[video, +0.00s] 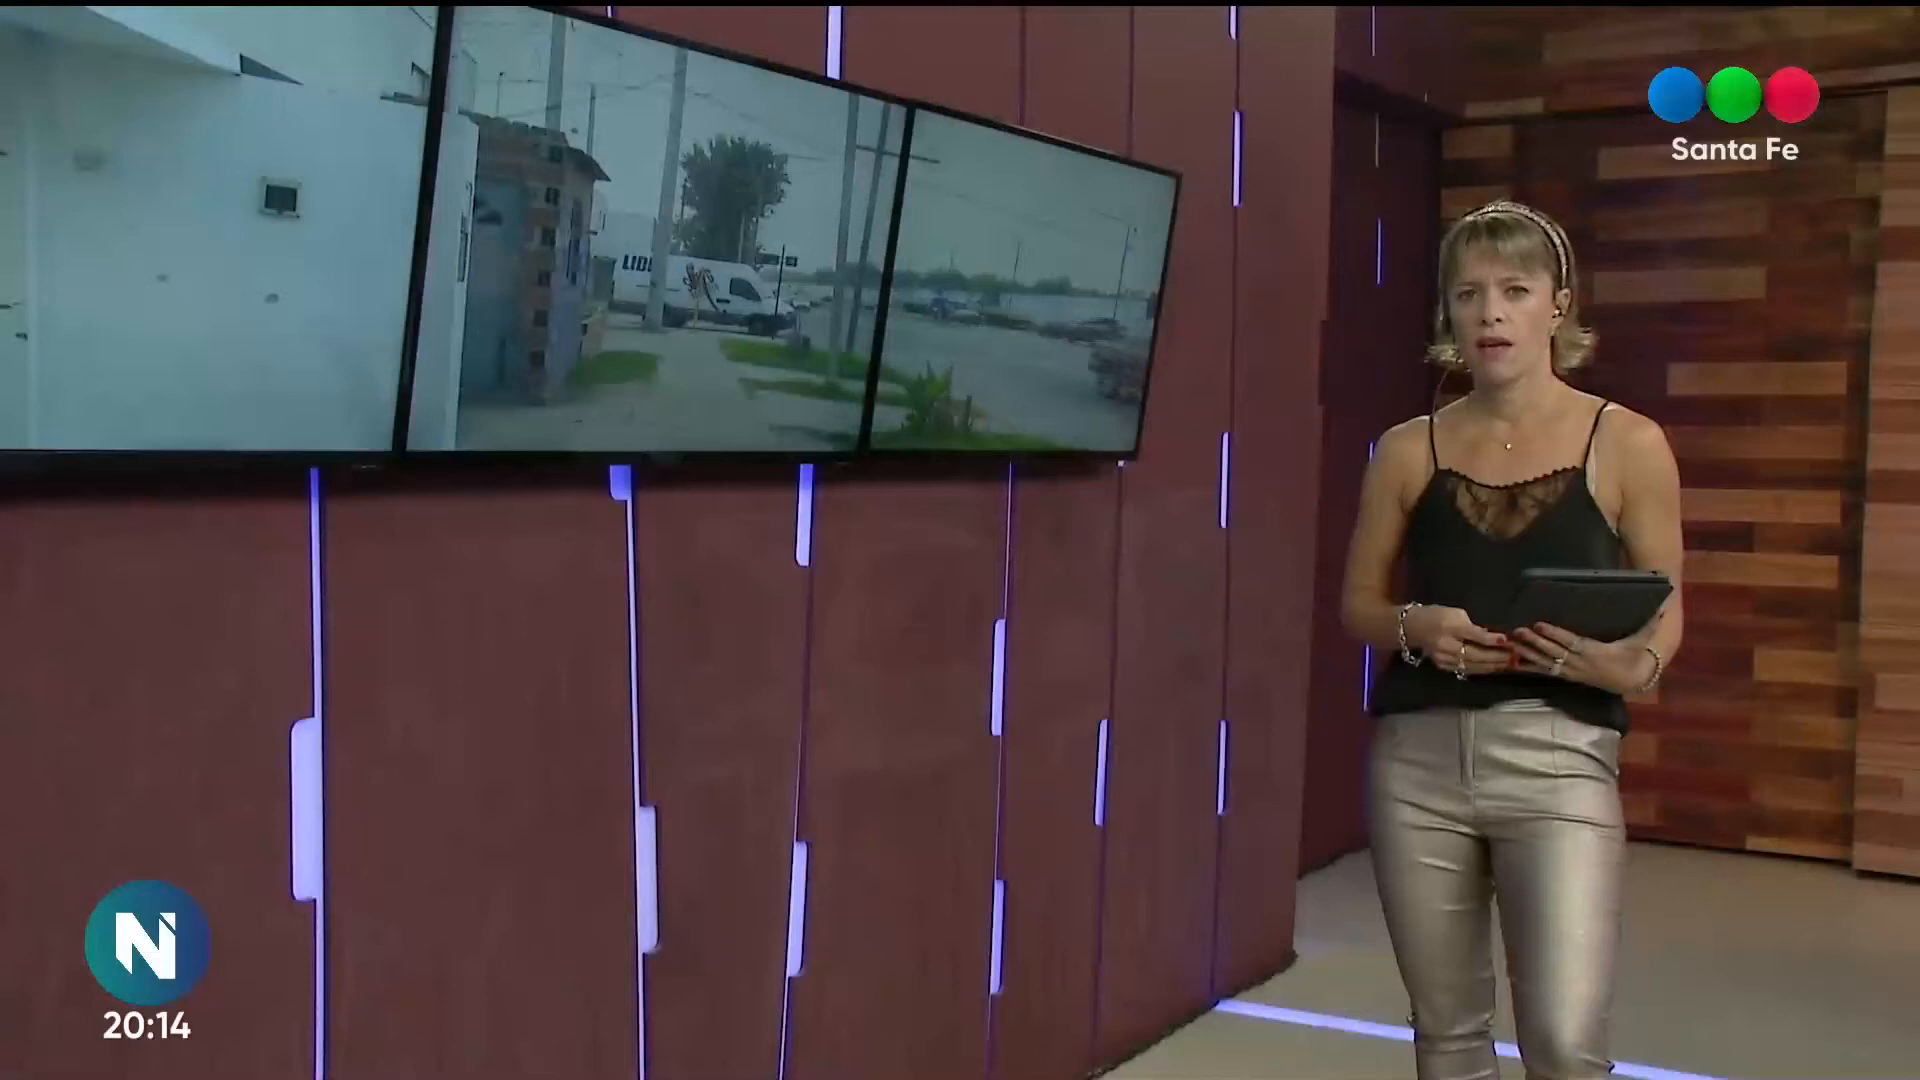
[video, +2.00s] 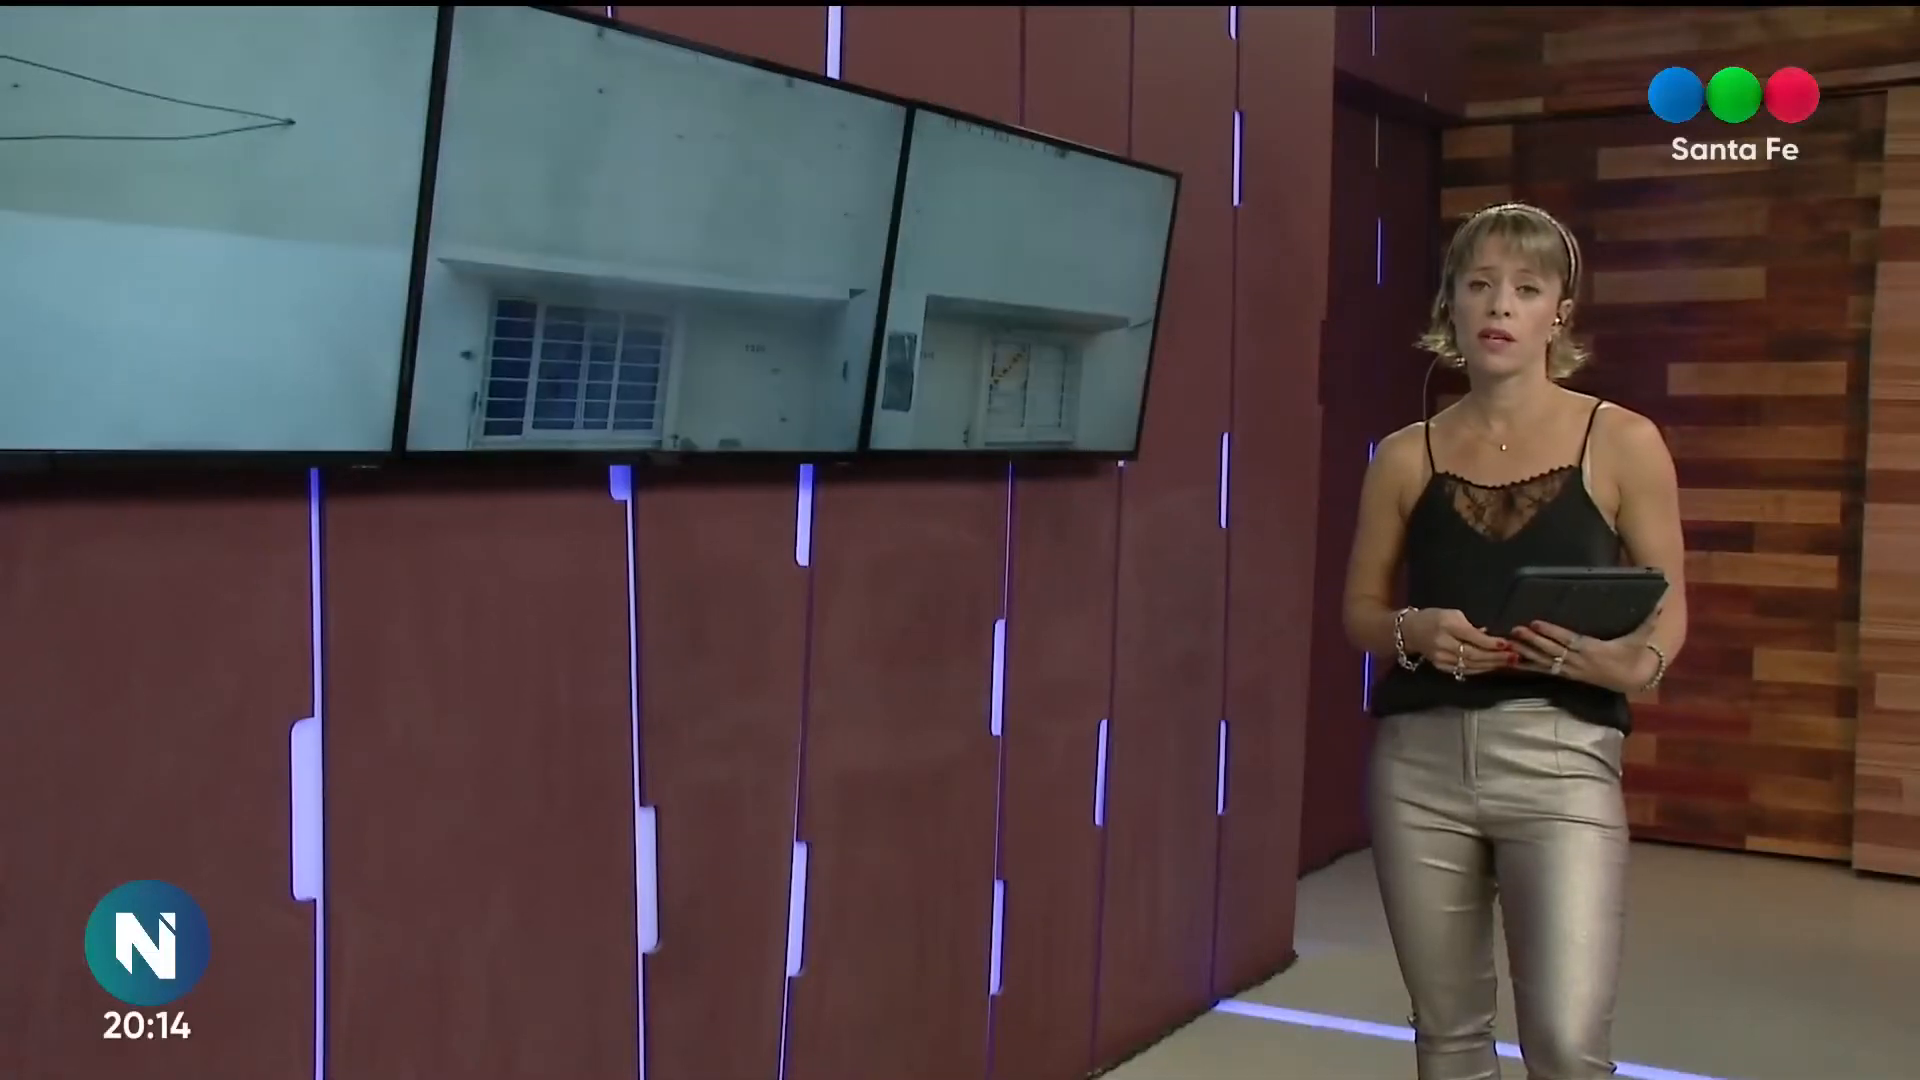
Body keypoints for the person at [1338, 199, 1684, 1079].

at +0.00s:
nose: (1489, 312)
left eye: (1513, 290)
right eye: (1470, 292)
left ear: (1558, 307)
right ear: (1448, 312)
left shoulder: (1628, 445)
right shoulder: (1407, 452)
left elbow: (1663, 611)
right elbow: (1358, 605)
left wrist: (1624, 668)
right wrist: (1411, 626)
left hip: (1557, 766)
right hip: (1416, 768)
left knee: (1563, 1048)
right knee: (1446, 1039)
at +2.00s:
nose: (1497, 304)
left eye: (1523, 288)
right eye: (1478, 284)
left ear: (1559, 313)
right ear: (1450, 305)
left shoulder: (1623, 444)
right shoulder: (1404, 459)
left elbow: (1666, 603)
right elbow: (1360, 612)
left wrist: (1629, 665)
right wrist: (1410, 631)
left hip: (1559, 766)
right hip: (1418, 768)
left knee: (1565, 1049)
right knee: (1447, 1042)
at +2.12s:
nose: (1497, 304)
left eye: (1524, 288)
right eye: (1479, 284)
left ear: (1559, 313)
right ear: (1451, 306)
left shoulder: (1623, 443)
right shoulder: (1405, 459)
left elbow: (1666, 603)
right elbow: (1360, 612)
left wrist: (1630, 665)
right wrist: (1410, 631)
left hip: (1559, 766)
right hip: (1418, 768)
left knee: (1565, 1049)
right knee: (1447, 1042)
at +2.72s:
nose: (1497, 304)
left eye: (1523, 288)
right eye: (1479, 284)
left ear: (1558, 314)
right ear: (1450, 306)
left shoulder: (1623, 444)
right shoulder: (1403, 459)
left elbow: (1665, 605)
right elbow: (1359, 612)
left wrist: (1630, 665)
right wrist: (1408, 631)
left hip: (1559, 766)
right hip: (1418, 767)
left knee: (1565, 1047)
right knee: (1447, 1041)